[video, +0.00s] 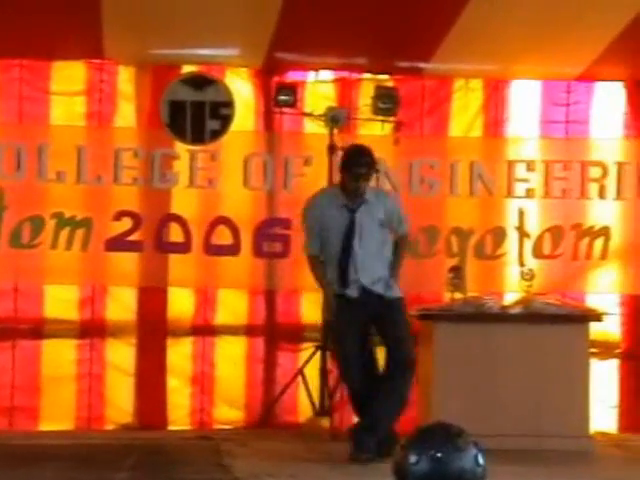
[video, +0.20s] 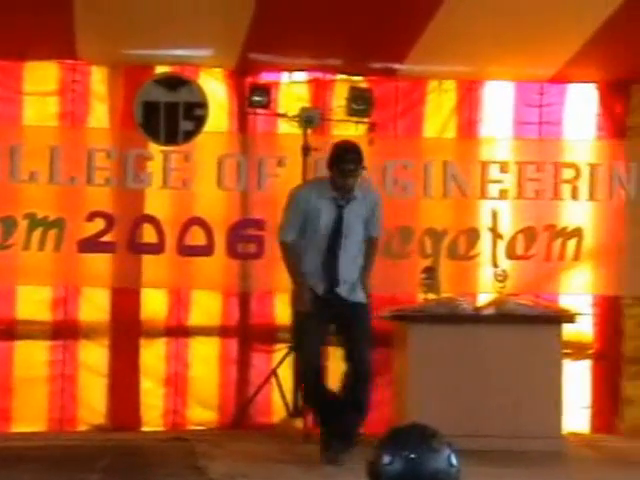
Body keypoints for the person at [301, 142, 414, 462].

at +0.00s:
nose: (360, 186)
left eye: (365, 179)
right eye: (354, 178)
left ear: (372, 177)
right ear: (341, 175)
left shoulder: (384, 203)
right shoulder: (319, 206)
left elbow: (402, 236)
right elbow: (314, 253)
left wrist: (392, 275)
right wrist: (328, 287)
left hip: (383, 294)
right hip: (344, 298)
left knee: (402, 361)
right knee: (355, 370)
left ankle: (369, 434)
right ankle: (383, 435)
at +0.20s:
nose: (348, 182)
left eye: (354, 175)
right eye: (342, 175)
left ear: (361, 172)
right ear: (330, 170)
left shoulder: (369, 199)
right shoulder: (305, 196)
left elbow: (372, 239)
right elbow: (287, 240)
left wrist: (365, 280)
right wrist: (299, 283)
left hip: (353, 294)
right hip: (313, 294)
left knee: (361, 366)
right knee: (309, 371)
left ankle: (343, 433)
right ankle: (335, 425)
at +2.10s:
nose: (296, 147)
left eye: (301, 139)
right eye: (289, 139)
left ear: (311, 141)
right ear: (278, 143)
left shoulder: (330, 184)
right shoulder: (261, 184)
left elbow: (341, 233)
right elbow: (237, 232)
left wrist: (329, 276)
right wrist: (244, 273)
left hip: (307, 287)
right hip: (264, 281)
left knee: (297, 369)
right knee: (241, 346)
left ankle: (284, 439)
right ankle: (233, 412)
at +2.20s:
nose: (295, 137)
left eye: (300, 129)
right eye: (288, 129)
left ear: (309, 131)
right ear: (276, 131)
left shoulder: (329, 172)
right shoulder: (259, 172)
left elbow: (343, 220)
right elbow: (243, 221)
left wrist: (327, 263)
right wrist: (247, 248)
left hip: (310, 275)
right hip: (267, 273)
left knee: (302, 364)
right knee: (255, 357)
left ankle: (291, 442)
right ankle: (240, 440)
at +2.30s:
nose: (295, 133)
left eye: (300, 124)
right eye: (288, 125)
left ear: (308, 126)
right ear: (276, 126)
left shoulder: (327, 163)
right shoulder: (257, 163)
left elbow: (338, 213)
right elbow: (247, 214)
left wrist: (329, 257)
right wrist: (234, 240)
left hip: (311, 267)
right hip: (268, 267)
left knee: (306, 354)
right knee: (269, 352)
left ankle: (301, 433)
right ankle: (265, 434)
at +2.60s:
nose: (310, 150)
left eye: (315, 142)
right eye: (303, 142)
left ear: (321, 139)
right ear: (286, 136)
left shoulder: (328, 171)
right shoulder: (259, 167)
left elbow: (330, 221)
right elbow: (239, 221)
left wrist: (323, 259)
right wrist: (242, 269)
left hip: (308, 273)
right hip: (267, 270)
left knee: (306, 359)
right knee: (264, 354)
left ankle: (260, 424)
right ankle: (280, 433)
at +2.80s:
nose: (309, 153)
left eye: (315, 145)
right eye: (303, 145)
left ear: (320, 143)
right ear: (285, 139)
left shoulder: (328, 174)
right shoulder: (257, 173)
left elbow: (331, 224)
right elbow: (238, 225)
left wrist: (321, 269)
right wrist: (246, 273)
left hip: (306, 278)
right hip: (267, 276)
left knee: (283, 360)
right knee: (266, 355)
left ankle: (238, 432)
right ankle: (275, 430)